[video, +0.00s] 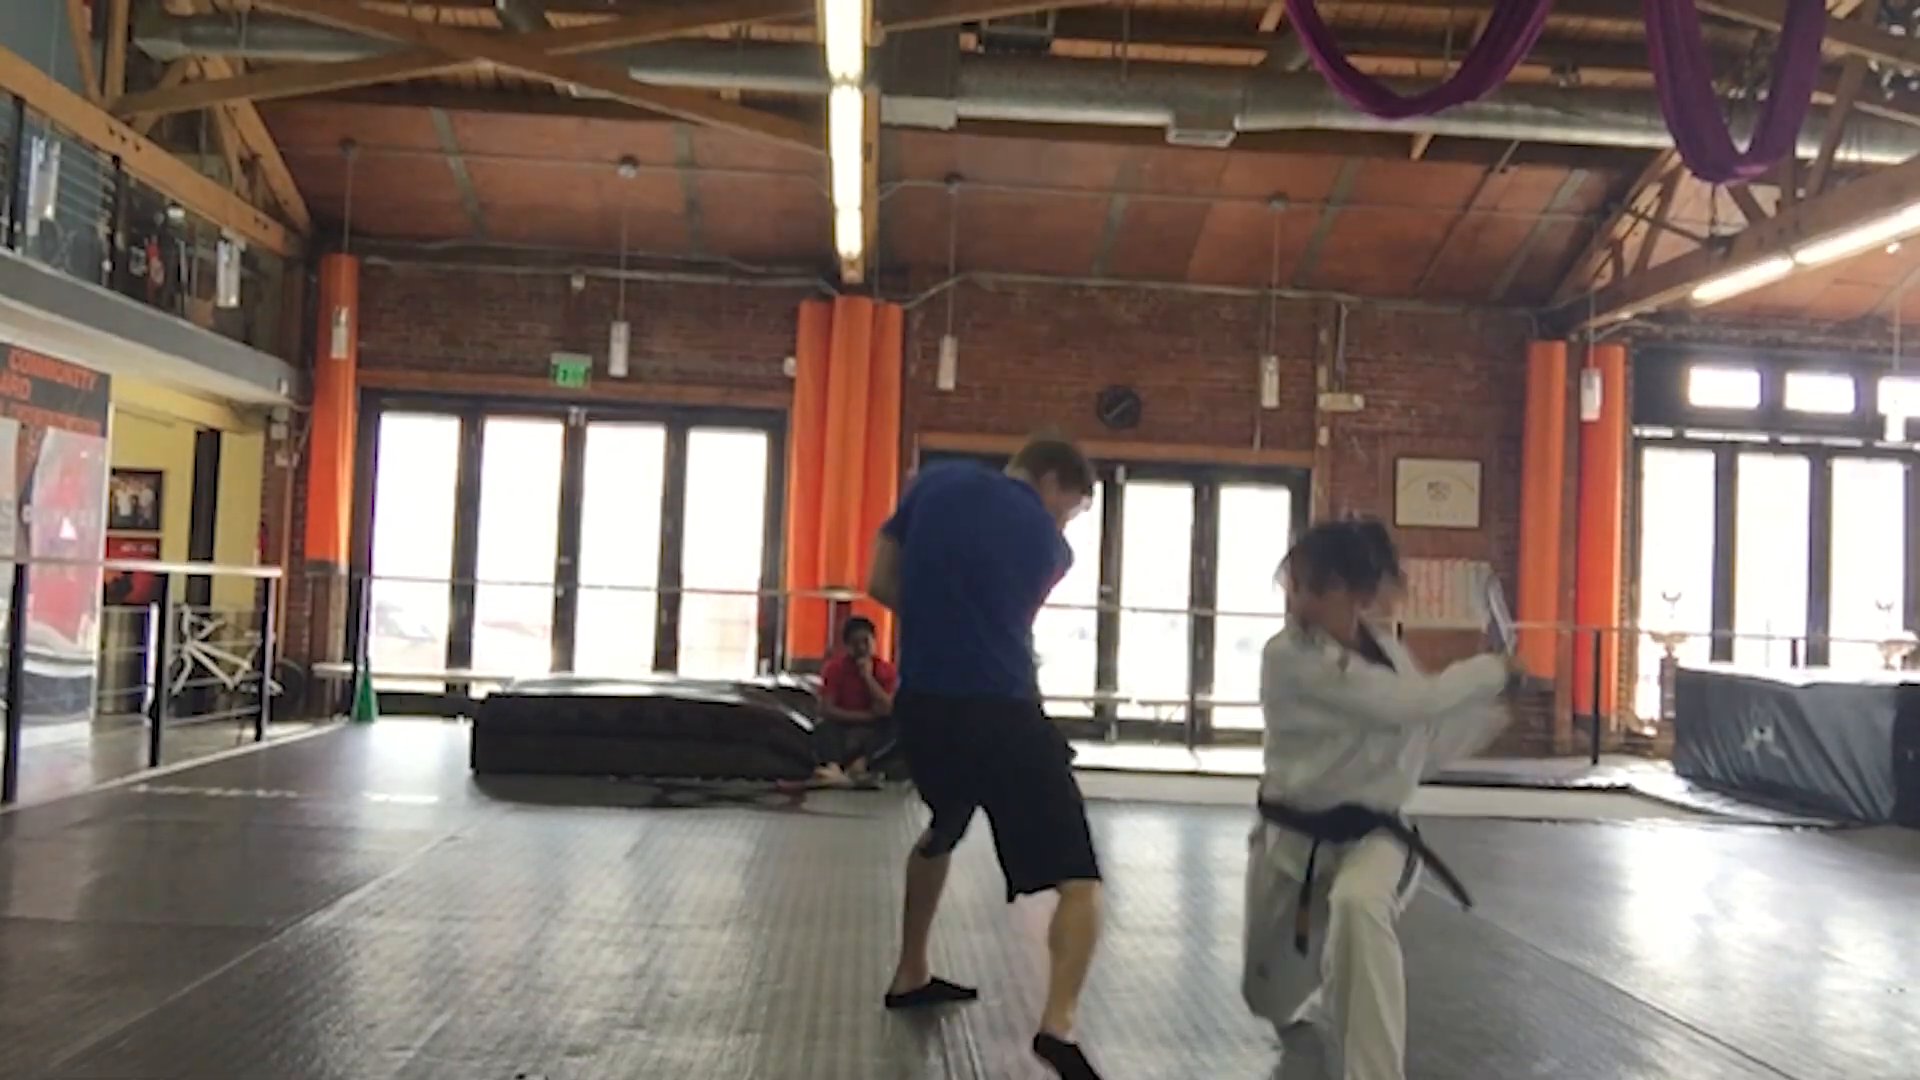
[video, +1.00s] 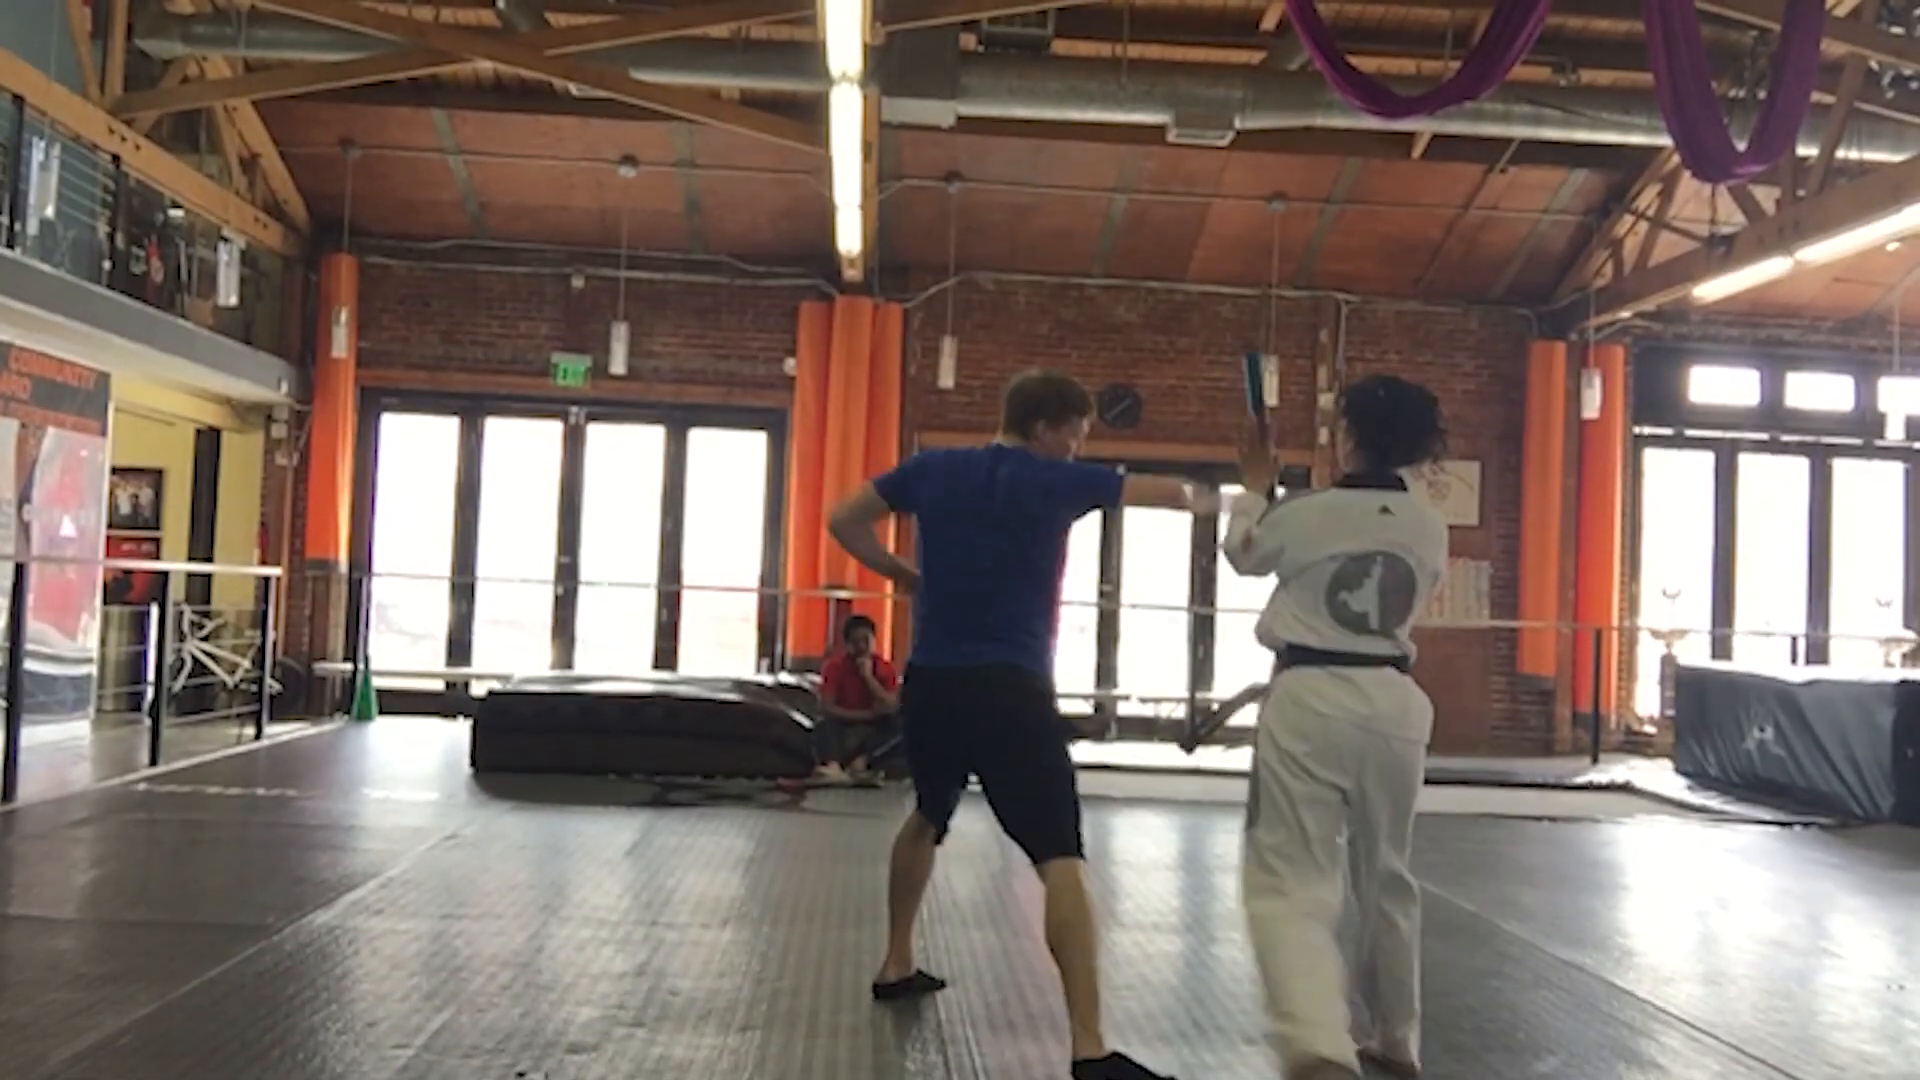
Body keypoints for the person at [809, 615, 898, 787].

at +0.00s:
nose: (861, 648)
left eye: (865, 641)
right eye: (855, 643)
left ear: (873, 641)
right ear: (846, 646)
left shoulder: (885, 669)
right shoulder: (834, 668)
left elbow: (886, 708)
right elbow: (826, 709)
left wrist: (868, 676)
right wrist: (868, 715)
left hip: (873, 723)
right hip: (841, 723)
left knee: (895, 728)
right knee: (824, 728)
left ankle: (861, 765)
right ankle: (833, 767)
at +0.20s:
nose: (861, 646)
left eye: (865, 640)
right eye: (856, 642)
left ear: (872, 640)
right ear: (847, 643)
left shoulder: (878, 665)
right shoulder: (835, 666)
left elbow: (882, 701)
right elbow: (827, 707)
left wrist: (868, 675)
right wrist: (866, 714)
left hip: (869, 722)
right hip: (841, 722)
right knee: (826, 727)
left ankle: (860, 763)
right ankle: (832, 766)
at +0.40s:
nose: (861, 646)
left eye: (865, 640)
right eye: (855, 642)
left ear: (873, 640)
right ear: (847, 644)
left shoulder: (879, 665)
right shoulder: (835, 666)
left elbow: (886, 702)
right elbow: (826, 707)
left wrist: (868, 675)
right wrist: (867, 714)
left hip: (870, 721)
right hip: (841, 721)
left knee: (889, 723)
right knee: (824, 725)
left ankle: (862, 762)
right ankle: (832, 764)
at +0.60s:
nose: (861, 644)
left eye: (865, 638)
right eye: (855, 639)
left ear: (872, 638)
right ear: (846, 642)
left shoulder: (884, 665)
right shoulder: (835, 665)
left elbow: (888, 704)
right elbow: (827, 705)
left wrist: (868, 673)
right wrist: (869, 711)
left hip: (873, 722)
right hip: (842, 721)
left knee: (892, 725)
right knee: (825, 724)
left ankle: (861, 760)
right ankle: (832, 763)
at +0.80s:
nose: (861, 646)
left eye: (865, 639)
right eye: (855, 641)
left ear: (873, 639)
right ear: (847, 643)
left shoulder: (885, 667)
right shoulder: (834, 666)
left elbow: (888, 705)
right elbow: (827, 706)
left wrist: (868, 675)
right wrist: (869, 713)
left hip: (873, 722)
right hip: (842, 722)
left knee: (893, 722)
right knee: (826, 724)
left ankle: (862, 762)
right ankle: (832, 763)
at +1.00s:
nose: (861, 647)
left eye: (865, 640)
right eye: (855, 642)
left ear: (873, 639)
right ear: (846, 643)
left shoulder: (884, 667)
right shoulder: (834, 666)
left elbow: (891, 705)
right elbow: (827, 708)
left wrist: (868, 677)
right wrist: (870, 713)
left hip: (874, 721)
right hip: (842, 721)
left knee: (897, 725)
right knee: (826, 725)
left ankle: (861, 763)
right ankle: (832, 765)